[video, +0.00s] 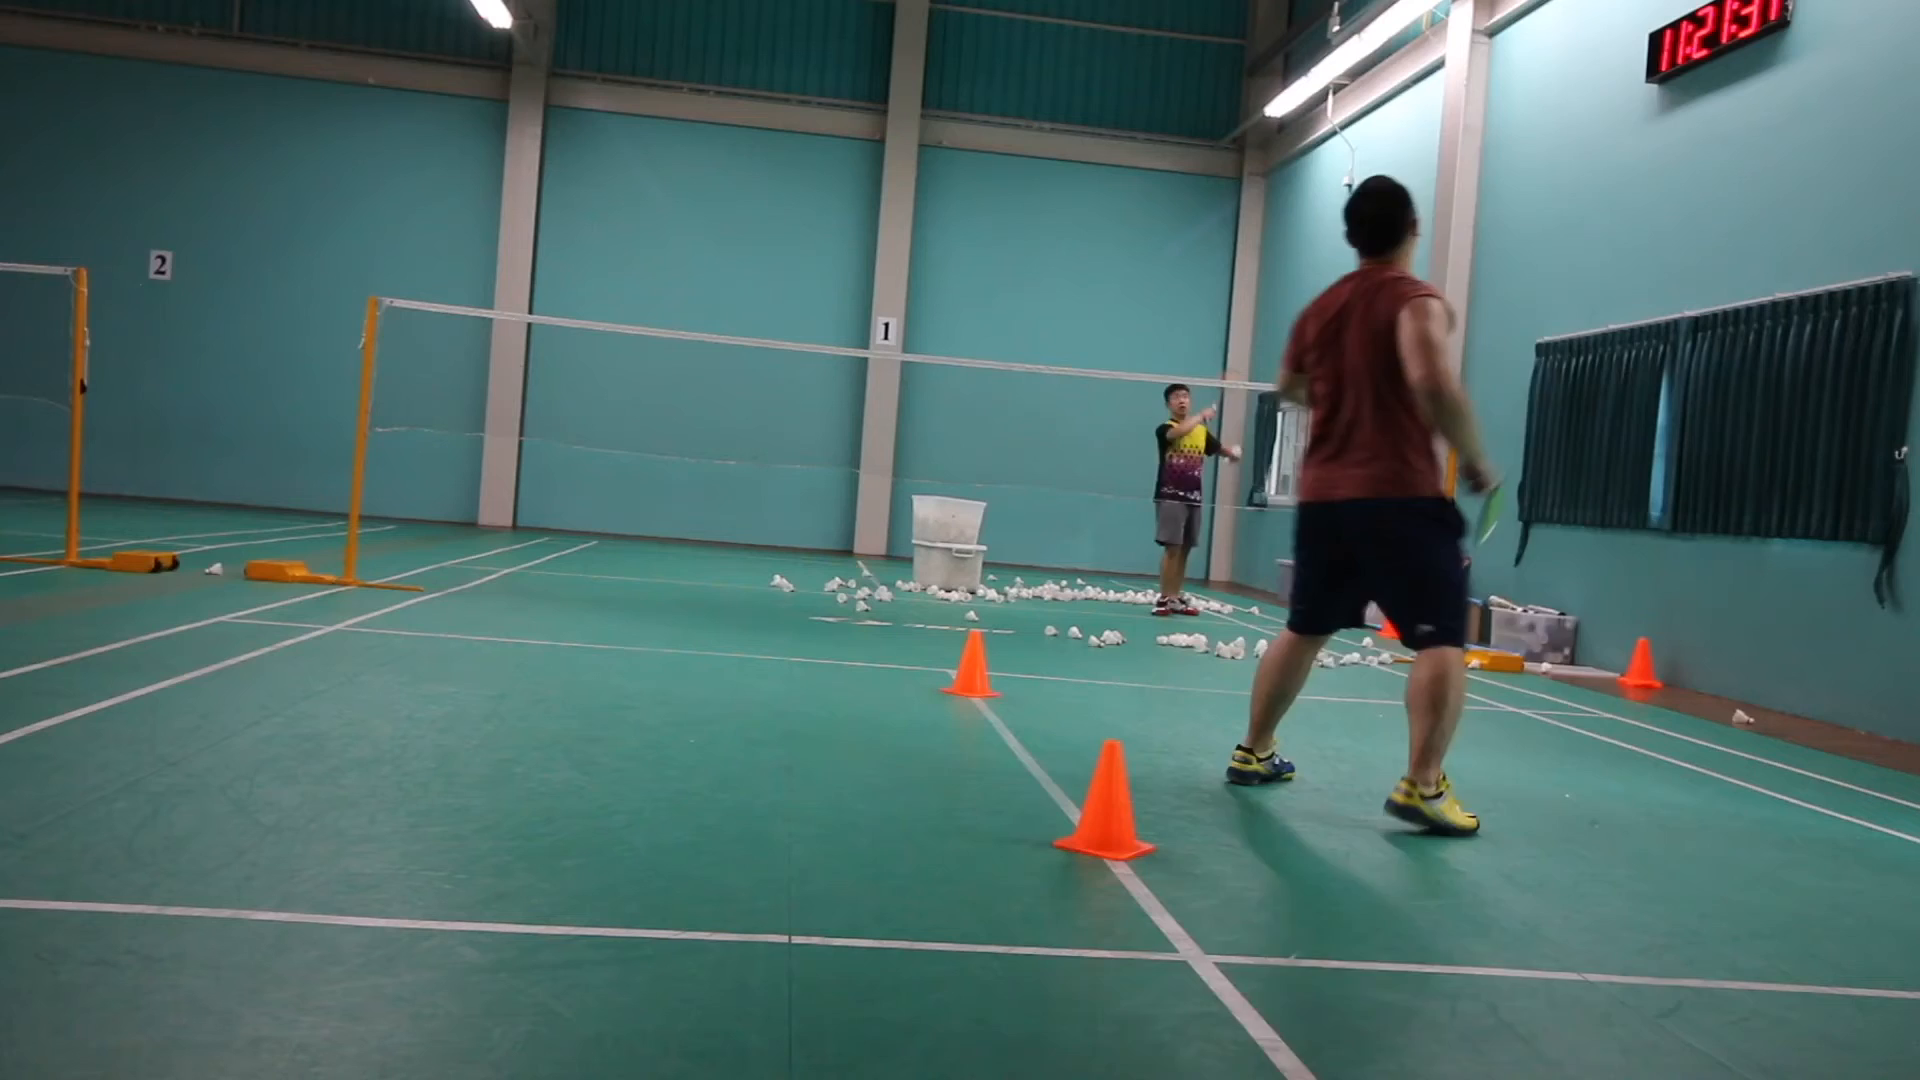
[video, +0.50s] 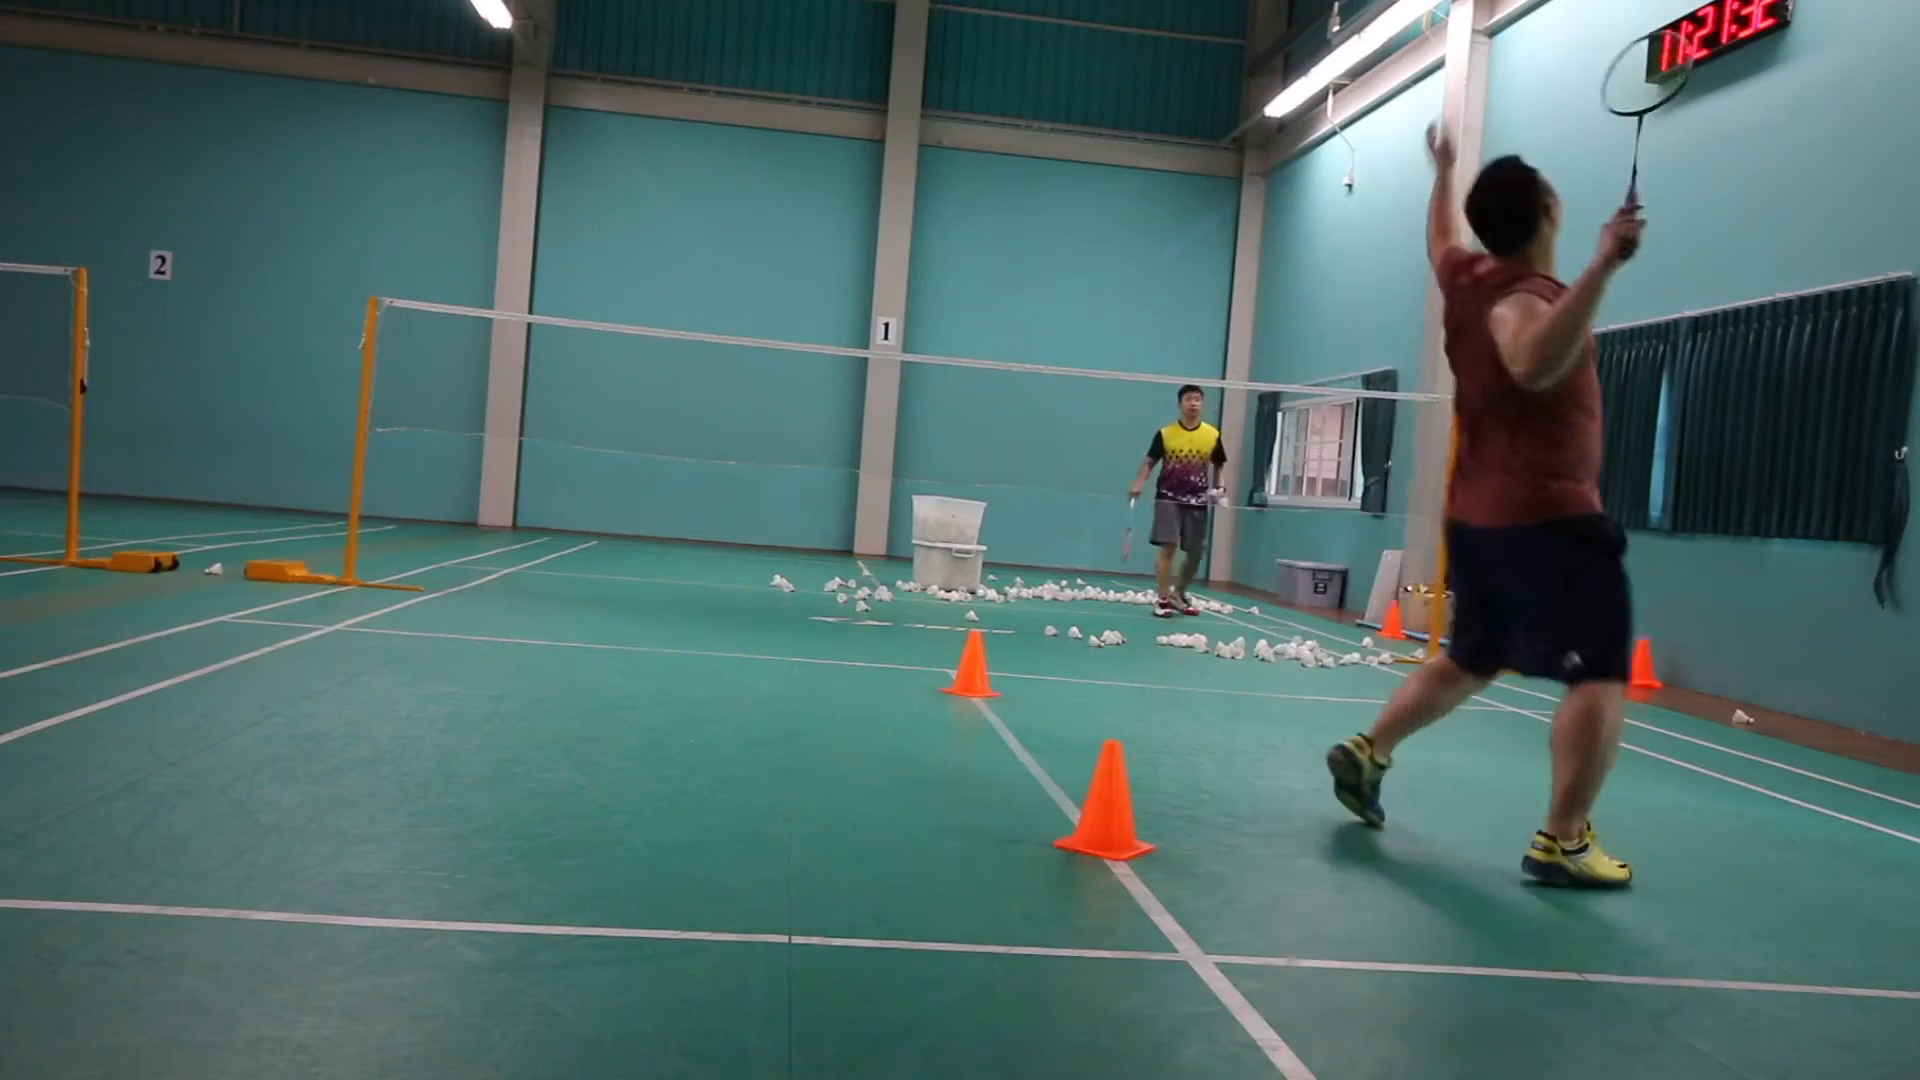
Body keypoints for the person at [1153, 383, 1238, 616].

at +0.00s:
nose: (1182, 401)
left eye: (1185, 397)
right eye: (1177, 398)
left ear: (1190, 401)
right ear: (1168, 403)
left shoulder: (1201, 431)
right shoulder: (1164, 429)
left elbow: (1215, 447)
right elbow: (1176, 433)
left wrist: (1230, 452)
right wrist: (1200, 418)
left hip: (1193, 497)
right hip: (1171, 496)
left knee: (1185, 549)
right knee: (1172, 549)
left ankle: (1176, 595)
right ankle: (1165, 596)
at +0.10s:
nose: (1188, 401)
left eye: (1191, 397)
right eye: (1183, 397)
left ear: (1197, 402)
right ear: (1175, 403)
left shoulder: (1204, 433)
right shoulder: (1169, 429)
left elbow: (1213, 457)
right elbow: (1171, 447)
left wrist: (1227, 465)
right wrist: (1206, 440)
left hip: (1192, 495)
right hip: (1171, 493)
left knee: (1183, 548)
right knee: (1172, 547)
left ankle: (1175, 595)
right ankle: (1165, 596)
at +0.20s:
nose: (1197, 401)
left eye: (1200, 398)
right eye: (1192, 397)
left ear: (1205, 404)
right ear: (1183, 403)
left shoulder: (1209, 436)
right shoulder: (1173, 430)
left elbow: (1211, 464)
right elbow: (1162, 460)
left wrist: (1217, 480)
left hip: (1193, 496)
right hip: (1170, 493)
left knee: (1182, 547)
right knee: (1171, 543)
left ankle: (1174, 595)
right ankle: (1161, 594)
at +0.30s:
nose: (1200, 401)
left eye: (1204, 397)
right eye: (1195, 397)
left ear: (1208, 404)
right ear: (1186, 402)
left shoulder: (1213, 436)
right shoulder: (1171, 431)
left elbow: (1212, 466)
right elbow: (1156, 461)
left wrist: (1210, 482)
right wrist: (1163, 483)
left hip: (1194, 496)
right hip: (1172, 493)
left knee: (1183, 548)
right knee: (1170, 545)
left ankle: (1174, 595)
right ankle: (1161, 595)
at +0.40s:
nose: (1198, 403)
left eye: (1201, 399)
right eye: (1193, 398)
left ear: (1206, 404)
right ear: (1184, 403)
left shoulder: (1213, 436)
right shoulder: (1168, 432)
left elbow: (1216, 465)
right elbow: (1151, 460)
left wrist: (1215, 483)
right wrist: (1141, 483)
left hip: (1196, 499)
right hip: (1170, 496)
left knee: (1185, 550)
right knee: (1169, 547)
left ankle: (1176, 595)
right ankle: (1163, 597)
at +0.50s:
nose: (1193, 404)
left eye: (1197, 399)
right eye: (1188, 399)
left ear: (1202, 404)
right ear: (1180, 404)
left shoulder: (1212, 435)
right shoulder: (1165, 434)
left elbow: (1219, 465)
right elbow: (1150, 462)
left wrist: (1219, 486)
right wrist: (1138, 484)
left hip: (1198, 501)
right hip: (1169, 498)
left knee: (1194, 554)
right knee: (1168, 547)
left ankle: (1179, 593)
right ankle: (1163, 597)